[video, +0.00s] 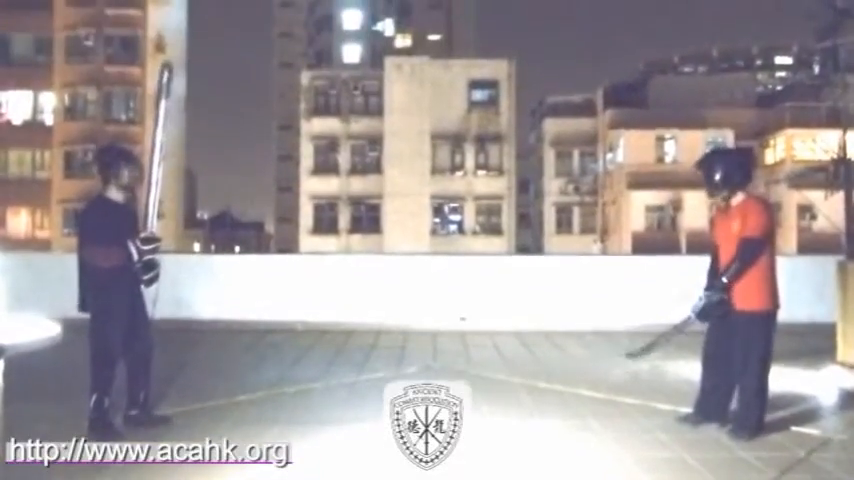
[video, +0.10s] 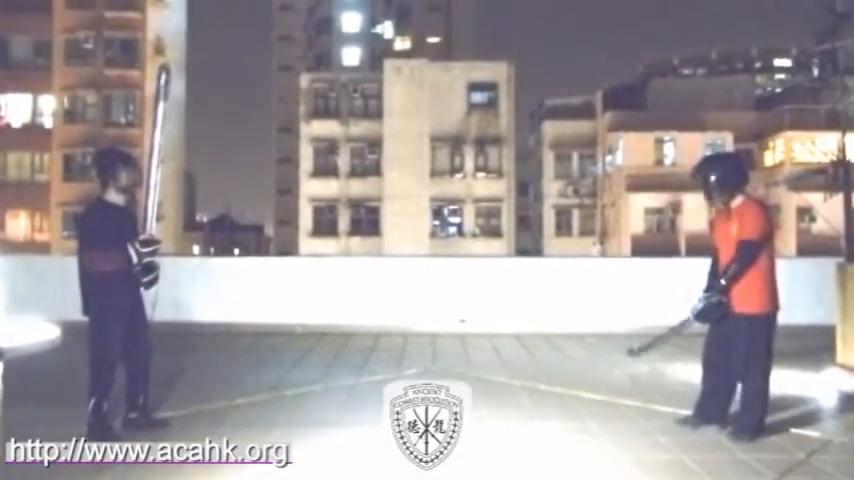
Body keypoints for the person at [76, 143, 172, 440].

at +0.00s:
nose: (136, 174)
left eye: (135, 169)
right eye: (130, 168)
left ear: (123, 173)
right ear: (114, 171)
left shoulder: (127, 210)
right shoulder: (94, 212)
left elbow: (129, 250)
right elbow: (94, 256)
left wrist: (147, 259)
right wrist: (131, 252)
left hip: (128, 290)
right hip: (103, 293)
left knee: (141, 345)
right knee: (106, 351)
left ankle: (138, 408)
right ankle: (99, 414)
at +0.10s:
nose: (134, 174)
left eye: (133, 169)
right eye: (128, 169)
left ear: (122, 175)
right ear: (112, 174)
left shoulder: (126, 213)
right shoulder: (93, 215)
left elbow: (128, 255)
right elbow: (91, 260)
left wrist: (146, 265)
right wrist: (130, 255)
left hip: (128, 293)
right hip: (102, 296)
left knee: (139, 349)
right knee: (105, 355)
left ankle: (137, 411)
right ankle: (97, 418)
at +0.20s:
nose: (134, 172)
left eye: (132, 167)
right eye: (127, 167)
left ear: (120, 176)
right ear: (110, 175)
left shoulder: (125, 215)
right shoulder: (93, 217)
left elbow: (128, 256)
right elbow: (91, 262)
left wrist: (145, 270)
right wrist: (130, 256)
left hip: (128, 296)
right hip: (102, 300)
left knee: (139, 352)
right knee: (104, 358)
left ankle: (136, 413)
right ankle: (97, 419)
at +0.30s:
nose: (133, 172)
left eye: (131, 167)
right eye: (125, 167)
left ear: (117, 176)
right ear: (109, 175)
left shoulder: (124, 215)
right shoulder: (91, 217)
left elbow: (128, 258)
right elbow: (90, 263)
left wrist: (145, 271)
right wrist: (130, 255)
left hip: (127, 296)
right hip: (101, 300)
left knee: (138, 352)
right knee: (103, 357)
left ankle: (136, 413)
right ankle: (97, 418)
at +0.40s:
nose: (131, 170)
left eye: (130, 166)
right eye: (124, 166)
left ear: (114, 175)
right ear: (108, 174)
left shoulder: (123, 214)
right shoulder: (92, 216)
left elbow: (125, 255)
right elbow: (91, 262)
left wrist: (143, 270)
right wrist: (131, 254)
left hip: (126, 296)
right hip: (101, 299)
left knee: (137, 350)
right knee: (103, 356)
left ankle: (136, 412)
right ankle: (97, 418)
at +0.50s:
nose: (131, 177)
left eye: (130, 171)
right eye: (125, 171)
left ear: (112, 176)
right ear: (108, 175)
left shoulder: (123, 214)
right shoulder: (94, 217)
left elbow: (124, 255)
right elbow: (93, 265)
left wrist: (143, 260)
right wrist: (131, 258)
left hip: (126, 294)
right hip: (102, 297)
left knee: (137, 349)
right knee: (104, 354)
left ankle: (136, 411)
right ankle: (98, 417)